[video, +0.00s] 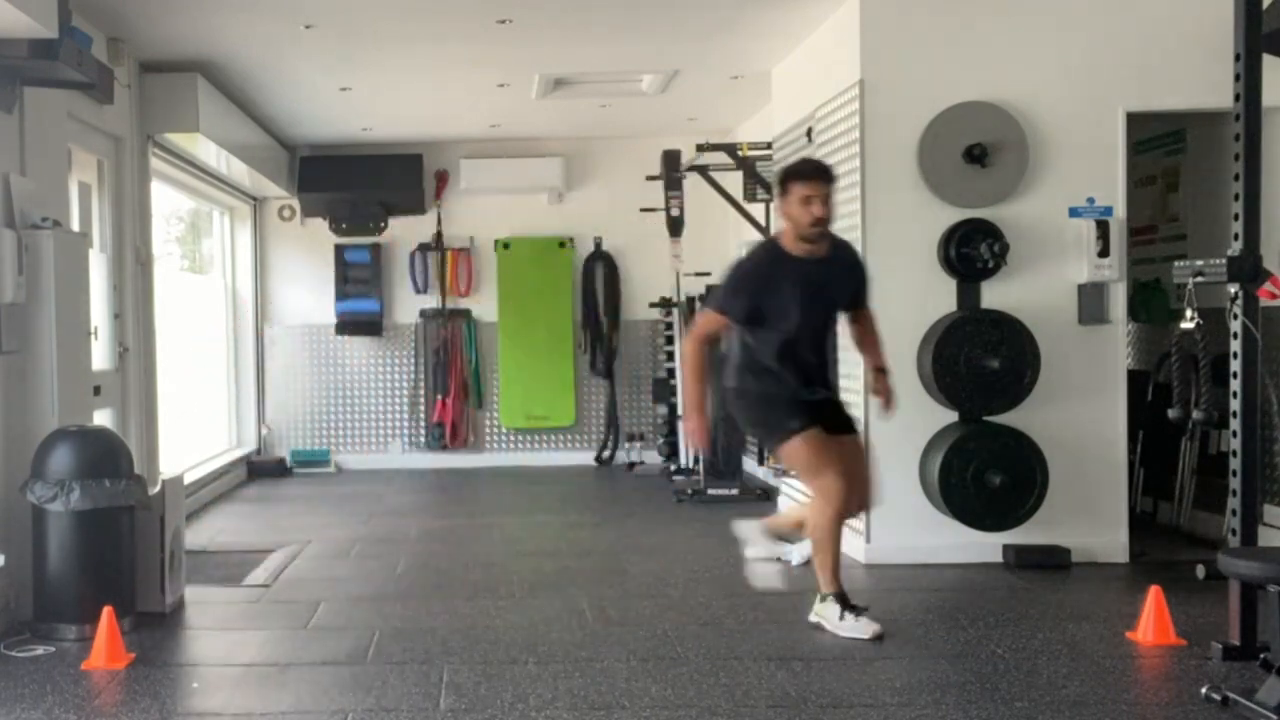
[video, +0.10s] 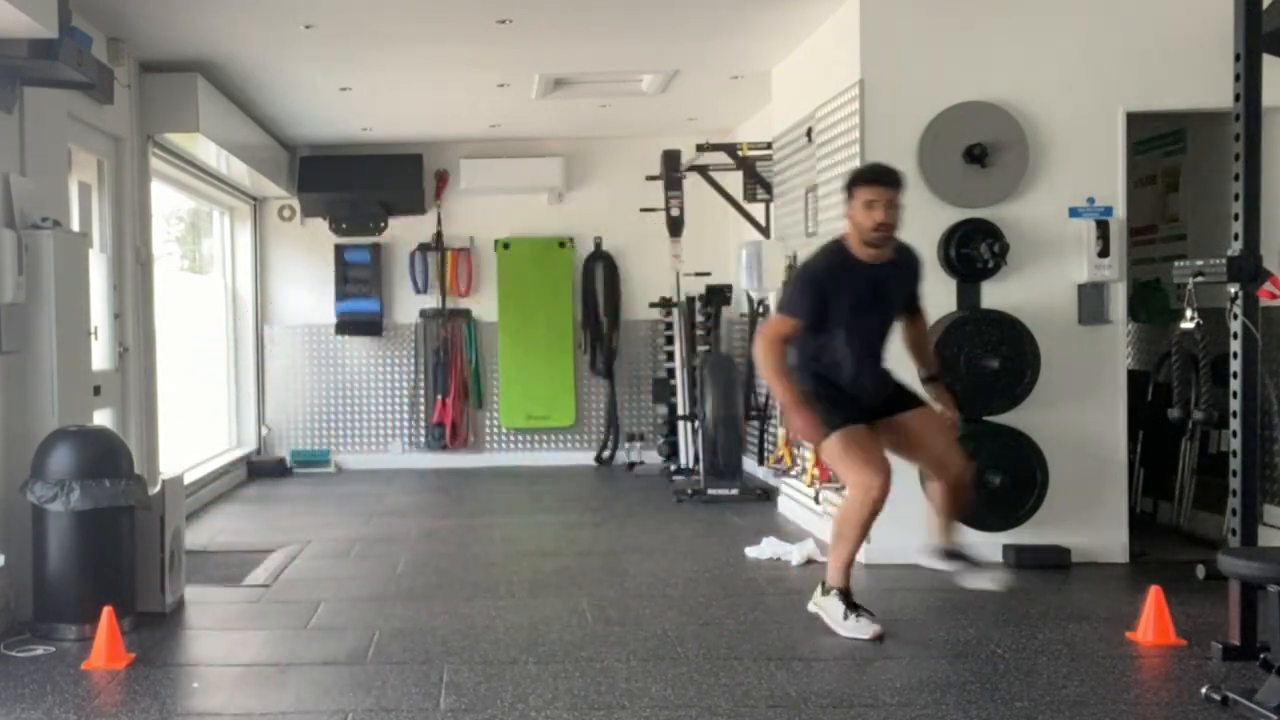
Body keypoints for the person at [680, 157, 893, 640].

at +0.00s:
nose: (820, 211)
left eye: (825, 201)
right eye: (808, 201)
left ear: (833, 204)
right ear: (782, 205)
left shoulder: (843, 261)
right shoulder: (758, 268)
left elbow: (859, 316)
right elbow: (697, 336)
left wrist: (878, 368)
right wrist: (693, 414)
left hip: (817, 388)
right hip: (763, 390)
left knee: (856, 494)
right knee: (829, 484)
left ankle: (766, 533)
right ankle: (830, 601)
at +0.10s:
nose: (884, 216)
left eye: (891, 206)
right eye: (871, 206)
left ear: (898, 209)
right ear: (848, 211)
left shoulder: (904, 262)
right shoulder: (821, 270)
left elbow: (913, 321)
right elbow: (767, 342)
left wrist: (933, 380)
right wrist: (793, 408)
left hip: (872, 383)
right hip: (818, 389)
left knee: (949, 458)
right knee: (869, 479)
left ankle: (942, 548)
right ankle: (832, 593)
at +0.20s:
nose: (941, 236)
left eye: (951, 225)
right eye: (929, 226)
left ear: (963, 228)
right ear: (908, 230)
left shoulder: (965, 275)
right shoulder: (881, 285)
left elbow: (964, 326)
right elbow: (825, 356)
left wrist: (971, 374)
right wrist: (886, 385)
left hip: (938, 389)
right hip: (871, 394)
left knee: (1008, 480)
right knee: (896, 470)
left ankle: (1070, 568)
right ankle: (861, 581)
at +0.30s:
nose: (984, 269)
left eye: (994, 257)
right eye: (972, 258)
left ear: (1009, 258)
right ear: (952, 263)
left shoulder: (1017, 302)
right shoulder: (929, 310)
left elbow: (1018, 350)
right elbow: (874, 387)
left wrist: (1020, 393)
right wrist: (935, 382)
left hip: (988, 409)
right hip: (921, 418)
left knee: (1057, 496)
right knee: (938, 488)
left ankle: (1086, 579)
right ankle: (942, 584)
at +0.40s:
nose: (1007, 284)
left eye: (1017, 271)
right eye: (995, 273)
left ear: (1030, 272)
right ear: (974, 276)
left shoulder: (1042, 311)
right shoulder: (948, 320)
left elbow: (1058, 362)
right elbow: (893, 394)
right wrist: (938, 431)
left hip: (1009, 416)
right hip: (944, 419)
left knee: (1075, 490)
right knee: (971, 482)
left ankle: (1086, 579)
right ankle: (952, 584)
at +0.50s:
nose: (1005, 284)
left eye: (1015, 271)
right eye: (992, 272)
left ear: (1029, 271)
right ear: (972, 275)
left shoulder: (1044, 308)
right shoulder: (944, 319)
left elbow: (1075, 359)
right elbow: (885, 383)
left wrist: (1099, 419)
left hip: (1002, 404)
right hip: (933, 408)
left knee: (1072, 484)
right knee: (979, 478)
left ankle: (1085, 578)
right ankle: (969, 567)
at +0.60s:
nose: (977, 274)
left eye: (988, 262)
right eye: (965, 263)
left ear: (1003, 264)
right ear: (945, 266)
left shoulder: (1017, 300)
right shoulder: (916, 314)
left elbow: (1046, 348)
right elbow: (855, 363)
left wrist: (1069, 397)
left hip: (995, 403)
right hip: (926, 414)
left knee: (1053, 483)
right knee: (963, 497)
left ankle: (1084, 576)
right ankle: (982, 572)